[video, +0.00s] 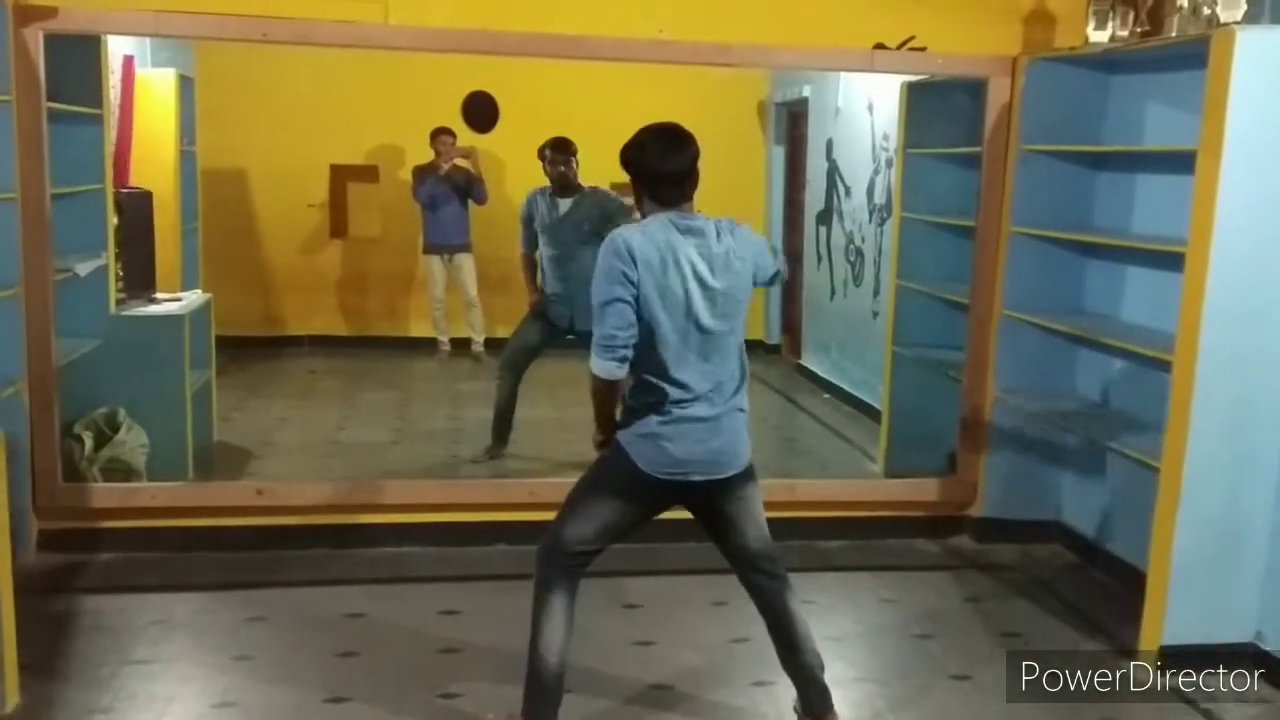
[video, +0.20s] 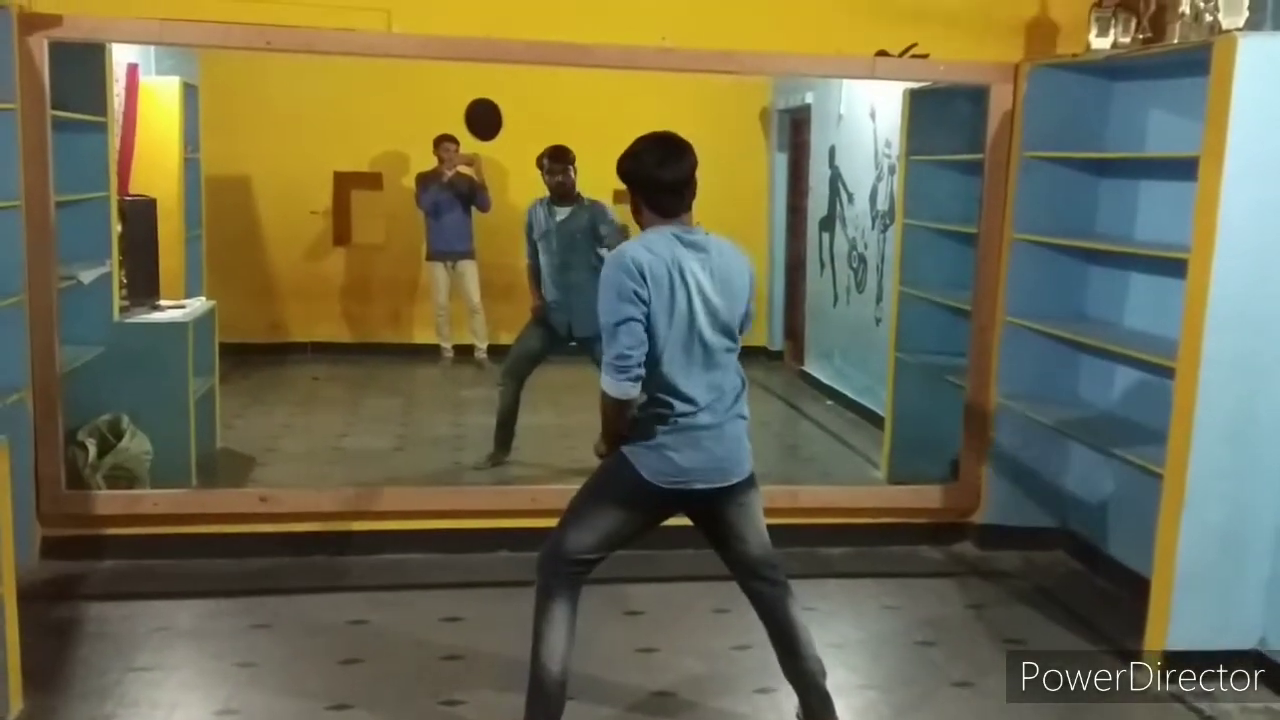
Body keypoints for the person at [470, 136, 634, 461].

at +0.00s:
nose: (562, 170)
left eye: (568, 163)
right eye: (555, 164)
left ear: (577, 164)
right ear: (543, 166)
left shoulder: (601, 202)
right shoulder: (535, 203)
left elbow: (639, 228)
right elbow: (528, 252)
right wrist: (533, 291)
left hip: (596, 311)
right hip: (553, 309)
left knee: (623, 372)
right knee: (509, 363)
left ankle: (621, 440)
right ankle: (498, 443)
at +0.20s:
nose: (562, 179)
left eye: (567, 172)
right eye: (554, 173)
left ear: (576, 172)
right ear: (543, 176)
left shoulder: (596, 213)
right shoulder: (536, 215)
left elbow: (621, 252)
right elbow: (533, 260)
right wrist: (537, 298)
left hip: (593, 317)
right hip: (552, 316)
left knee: (624, 381)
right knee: (511, 372)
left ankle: (626, 446)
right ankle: (500, 450)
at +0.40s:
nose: (549, 191)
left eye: (554, 184)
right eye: (544, 185)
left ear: (569, 181)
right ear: (540, 186)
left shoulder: (589, 215)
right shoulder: (542, 221)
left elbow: (617, 233)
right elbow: (542, 267)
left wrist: (591, 197)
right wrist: (540, 304)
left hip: (592, 323)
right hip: (553, 322)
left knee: (626, 394)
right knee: (513, 380)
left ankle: (647, 452)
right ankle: (503, 457)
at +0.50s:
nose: (560, 191)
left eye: (565, 183)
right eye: (553, 186)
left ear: (576, 183)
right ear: (544, 188)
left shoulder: (594, 216)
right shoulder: (545, 224)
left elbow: (619, 223)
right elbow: (543, 269)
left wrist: (580, 207)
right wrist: (541, 306)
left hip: (595, 326)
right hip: (555, 326)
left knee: (628, 397)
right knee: (515, 381)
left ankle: (649, 456)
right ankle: (505, 459)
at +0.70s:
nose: (569, 191)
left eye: (575, 184)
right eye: (562, 185)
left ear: (586, 185)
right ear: (553, 187)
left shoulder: (601, 221)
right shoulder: (551, 226)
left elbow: (599, 246)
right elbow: (548, 273)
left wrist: (579, 221)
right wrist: (544, 308)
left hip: (597, 328)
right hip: (558, 328)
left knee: (628, 398)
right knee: (518, 385)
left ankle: (653, 457)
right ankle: (507, 463)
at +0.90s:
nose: (576, 194)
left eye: (583, 188)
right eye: (570, 188)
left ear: (593, 191)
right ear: (561, 189)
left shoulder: (595, 226)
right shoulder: (552, 230)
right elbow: (540, 276)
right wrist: (543, 316)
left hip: (599, 332)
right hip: (559, 331)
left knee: (631, 397)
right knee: (518, 389)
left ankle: (624, 464)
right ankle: (509, 464)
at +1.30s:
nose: (496, 217)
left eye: (501, 210)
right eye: (496, 210)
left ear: (517, 210)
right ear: (500, 211)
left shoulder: (535, 245)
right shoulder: (511, 243)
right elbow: (524, 290)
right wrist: (521, 326)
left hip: (556, 339)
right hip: (530, 340)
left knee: (585, 400)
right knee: (497, 390)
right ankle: (508, 462)